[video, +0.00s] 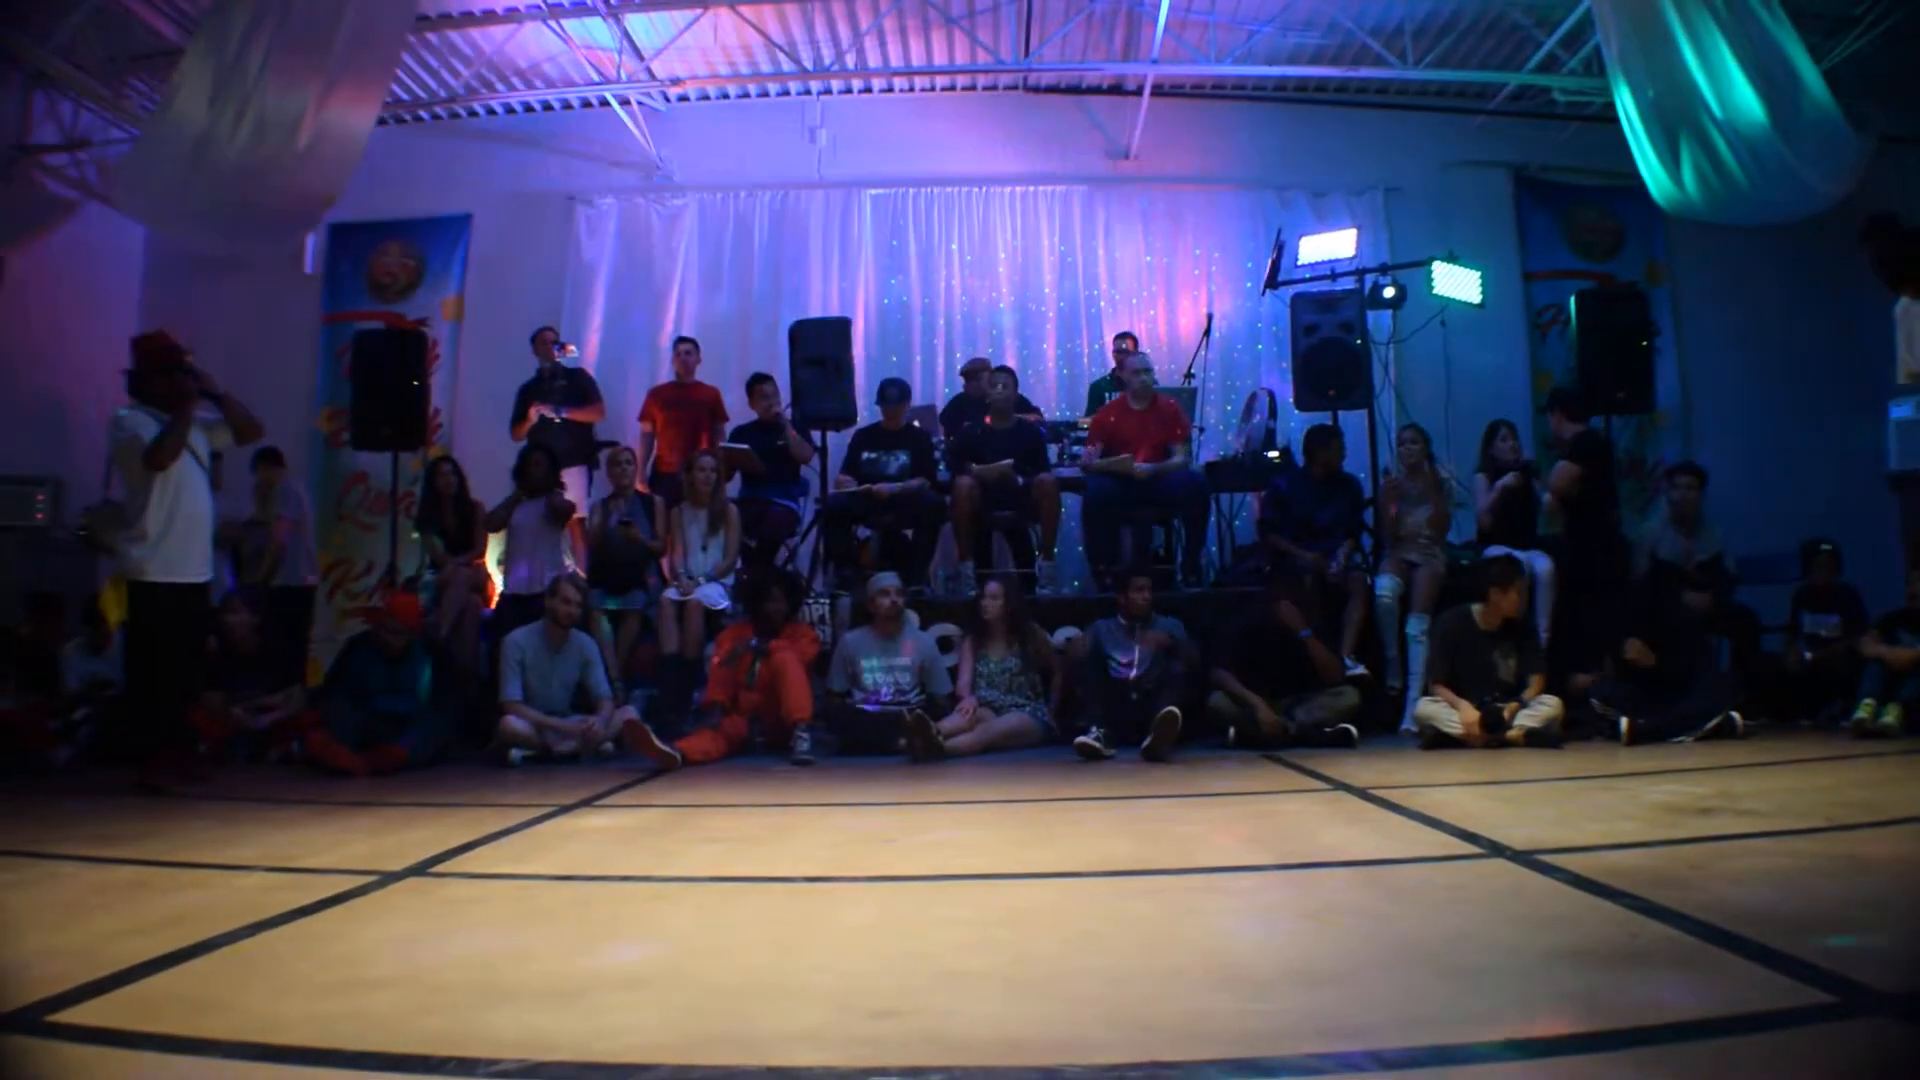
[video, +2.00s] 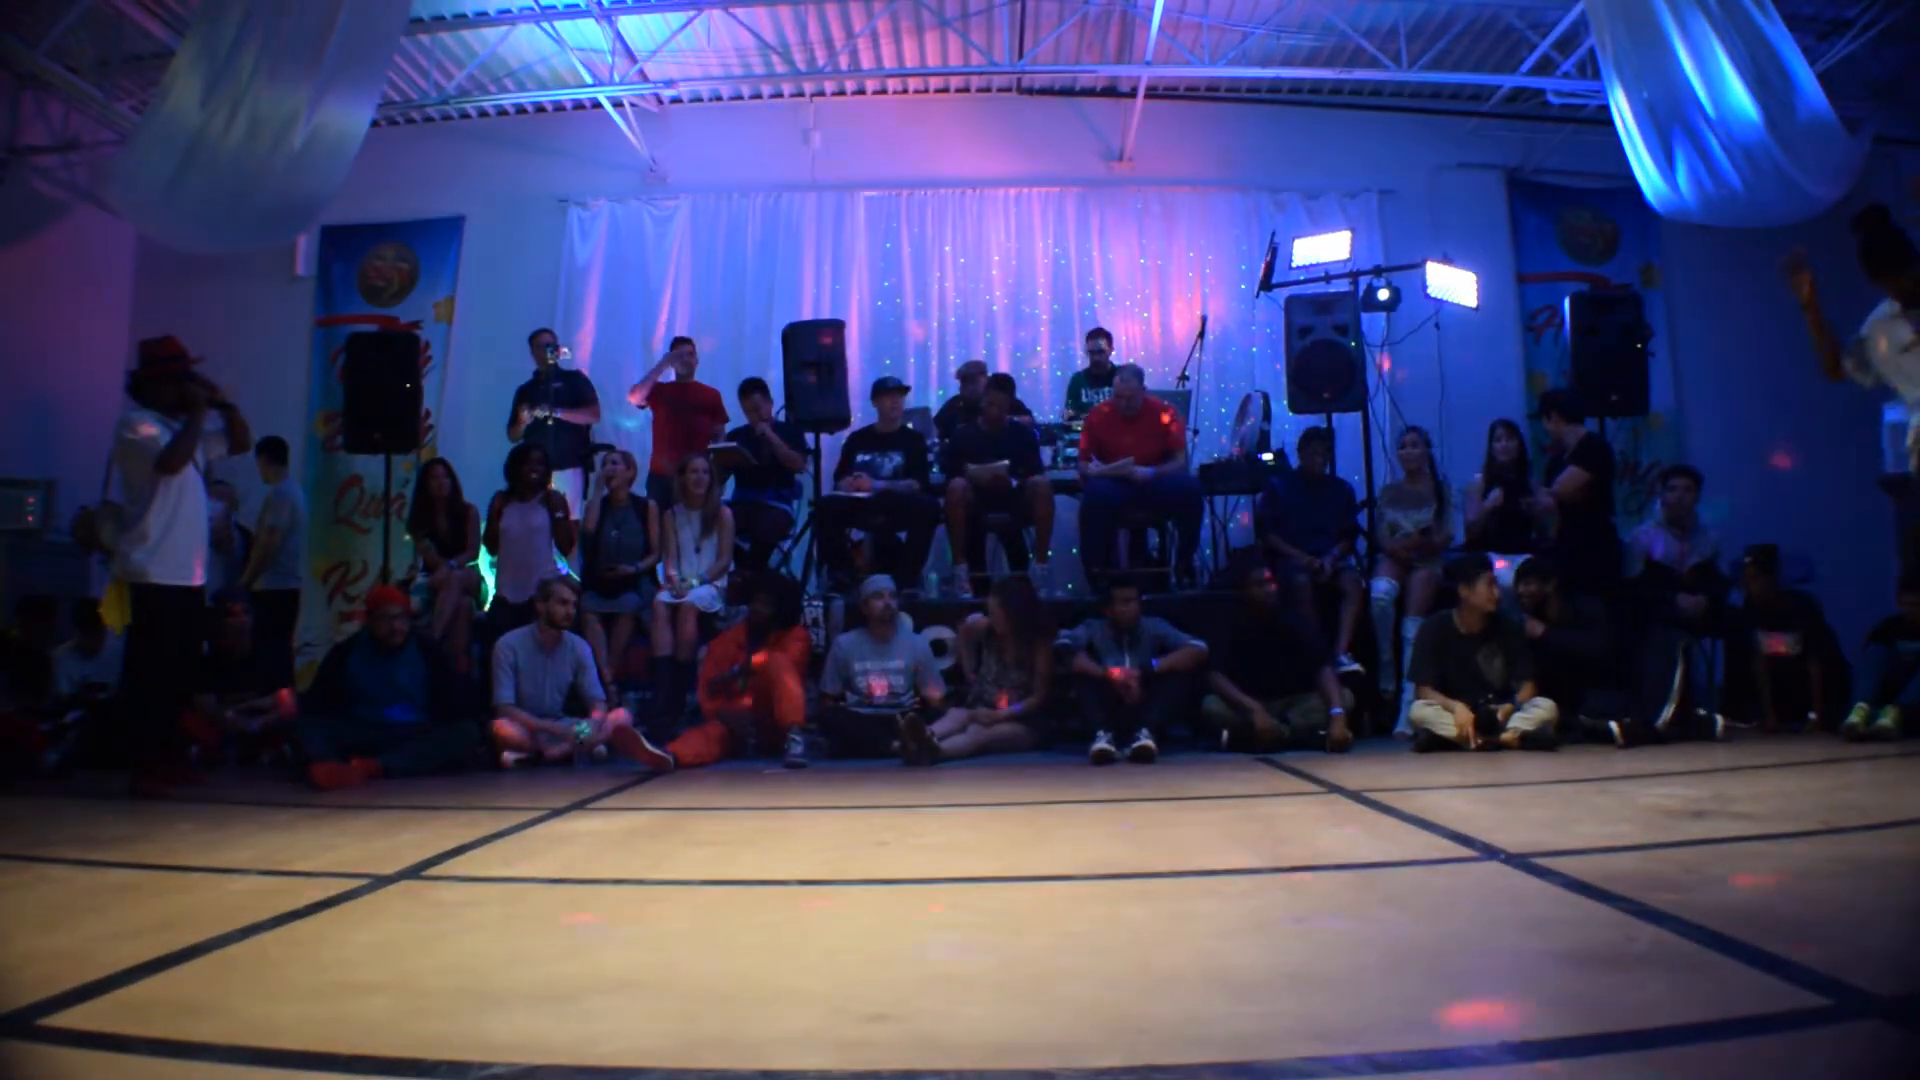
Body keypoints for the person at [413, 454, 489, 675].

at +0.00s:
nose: (448, 480)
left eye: (452, 474)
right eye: (441, 476)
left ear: (459, 478)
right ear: (433, 481)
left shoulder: (474, 509)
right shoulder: (428, 511)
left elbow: (480, 550)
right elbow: (435, 554)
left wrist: (453, 563)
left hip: (474, 571)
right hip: (442, 574)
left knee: (459, 574)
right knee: (471, 602)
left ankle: (440, 633)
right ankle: (465, 668)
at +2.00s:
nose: (440, 483)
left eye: (444, 477)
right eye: (434, 479)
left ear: (452, 481)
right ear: (425, 484)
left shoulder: (468, 512)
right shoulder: (420, 515)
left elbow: (473, 551)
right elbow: (426, 552)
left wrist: (451, 563)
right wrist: (448, 568)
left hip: (467, 571)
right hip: (435, 575)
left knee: (453, 578)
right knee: (464, 603)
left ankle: (434, 636)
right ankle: (458, 664)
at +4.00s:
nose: (437, 482)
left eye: (442, 476)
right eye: (432, 477)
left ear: (451, 480)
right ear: (424, 483)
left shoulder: (468, 512)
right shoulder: (419, 514)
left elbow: (472, 551)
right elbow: (428, 553)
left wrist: (449, 565)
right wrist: (451, 569)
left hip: (466, 571)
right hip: (434, 574)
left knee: (453, 578)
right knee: (463, 603)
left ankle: (433, 635)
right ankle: (456, 658)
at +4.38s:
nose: (435, 483)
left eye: (440, 477)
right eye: (430, 478)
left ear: (449, 480)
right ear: (423, 484)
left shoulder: (468, 511)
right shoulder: (419, 514)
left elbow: (471, 550)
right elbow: (428, 554)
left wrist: (449, 563)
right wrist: (451, 567)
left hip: (466, 571)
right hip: (434, 575)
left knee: (452, 578)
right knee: (464, 604)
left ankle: (433, 638)